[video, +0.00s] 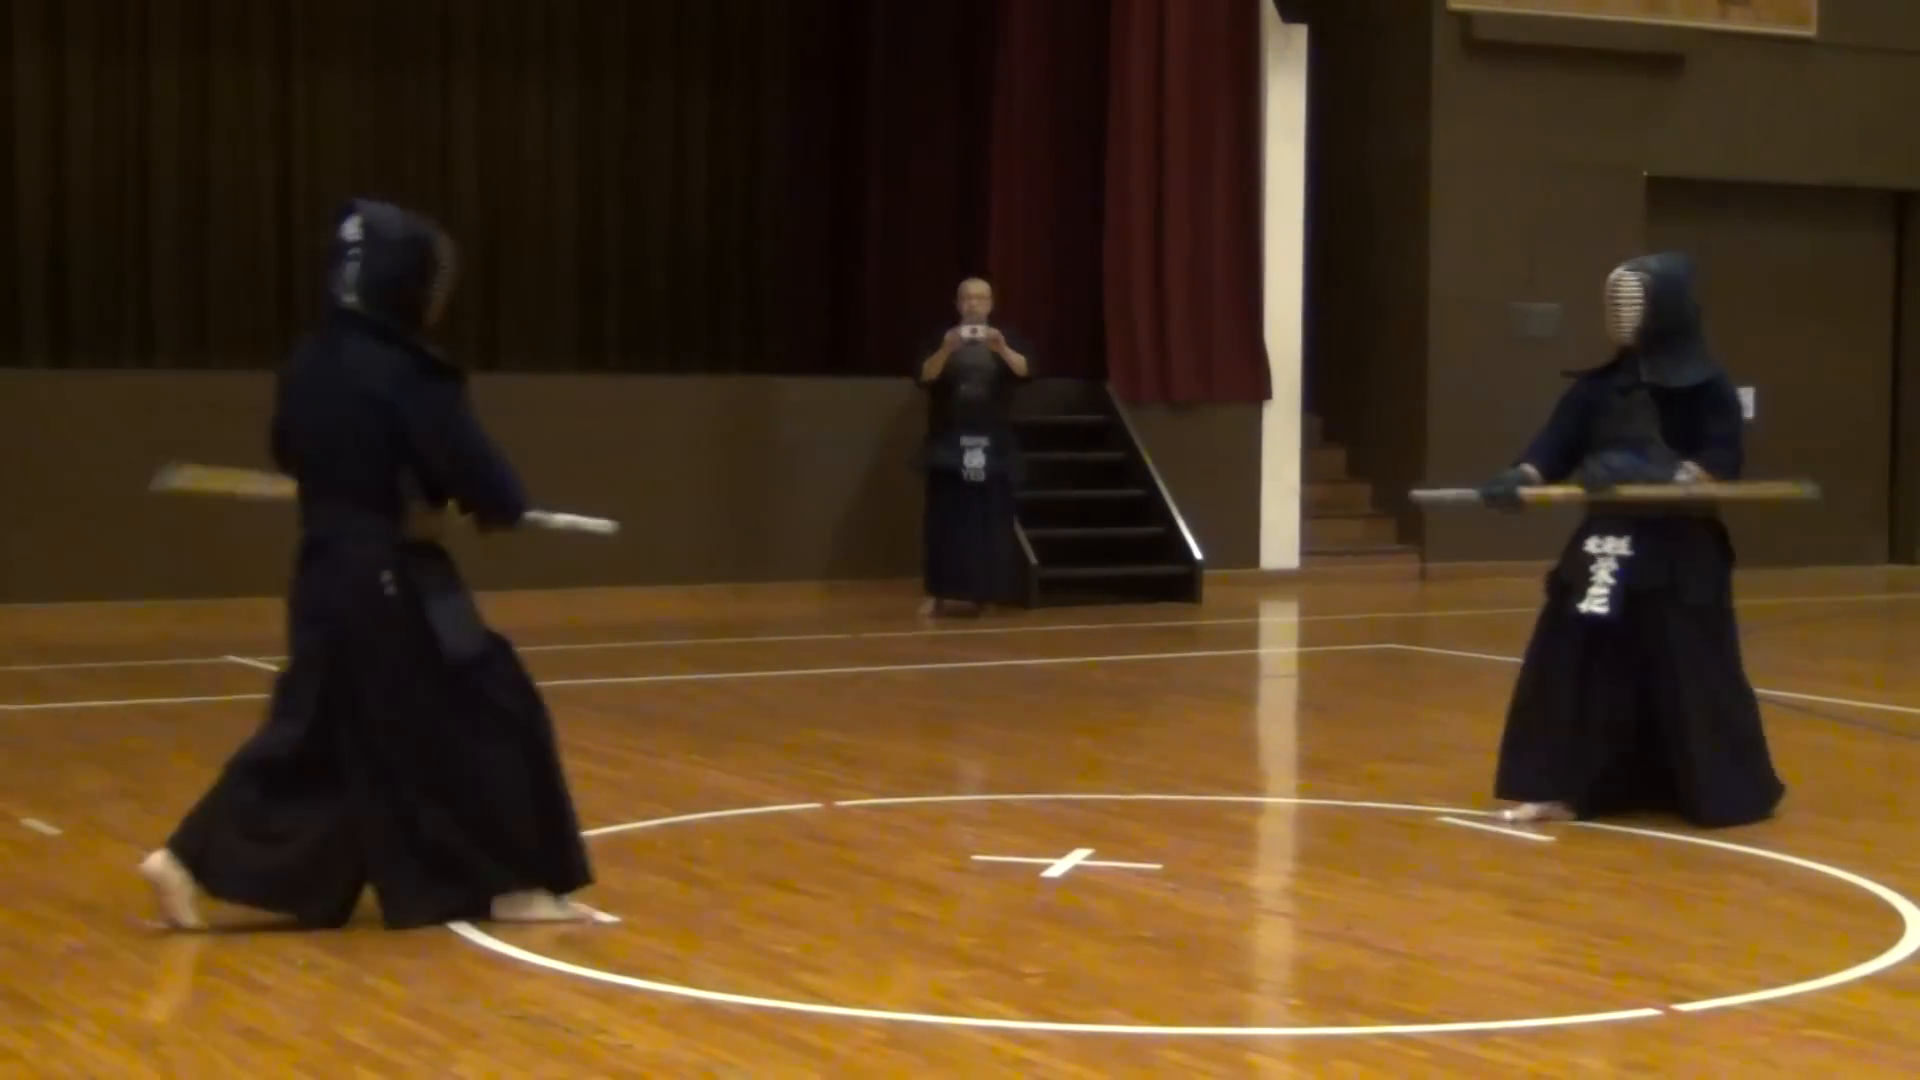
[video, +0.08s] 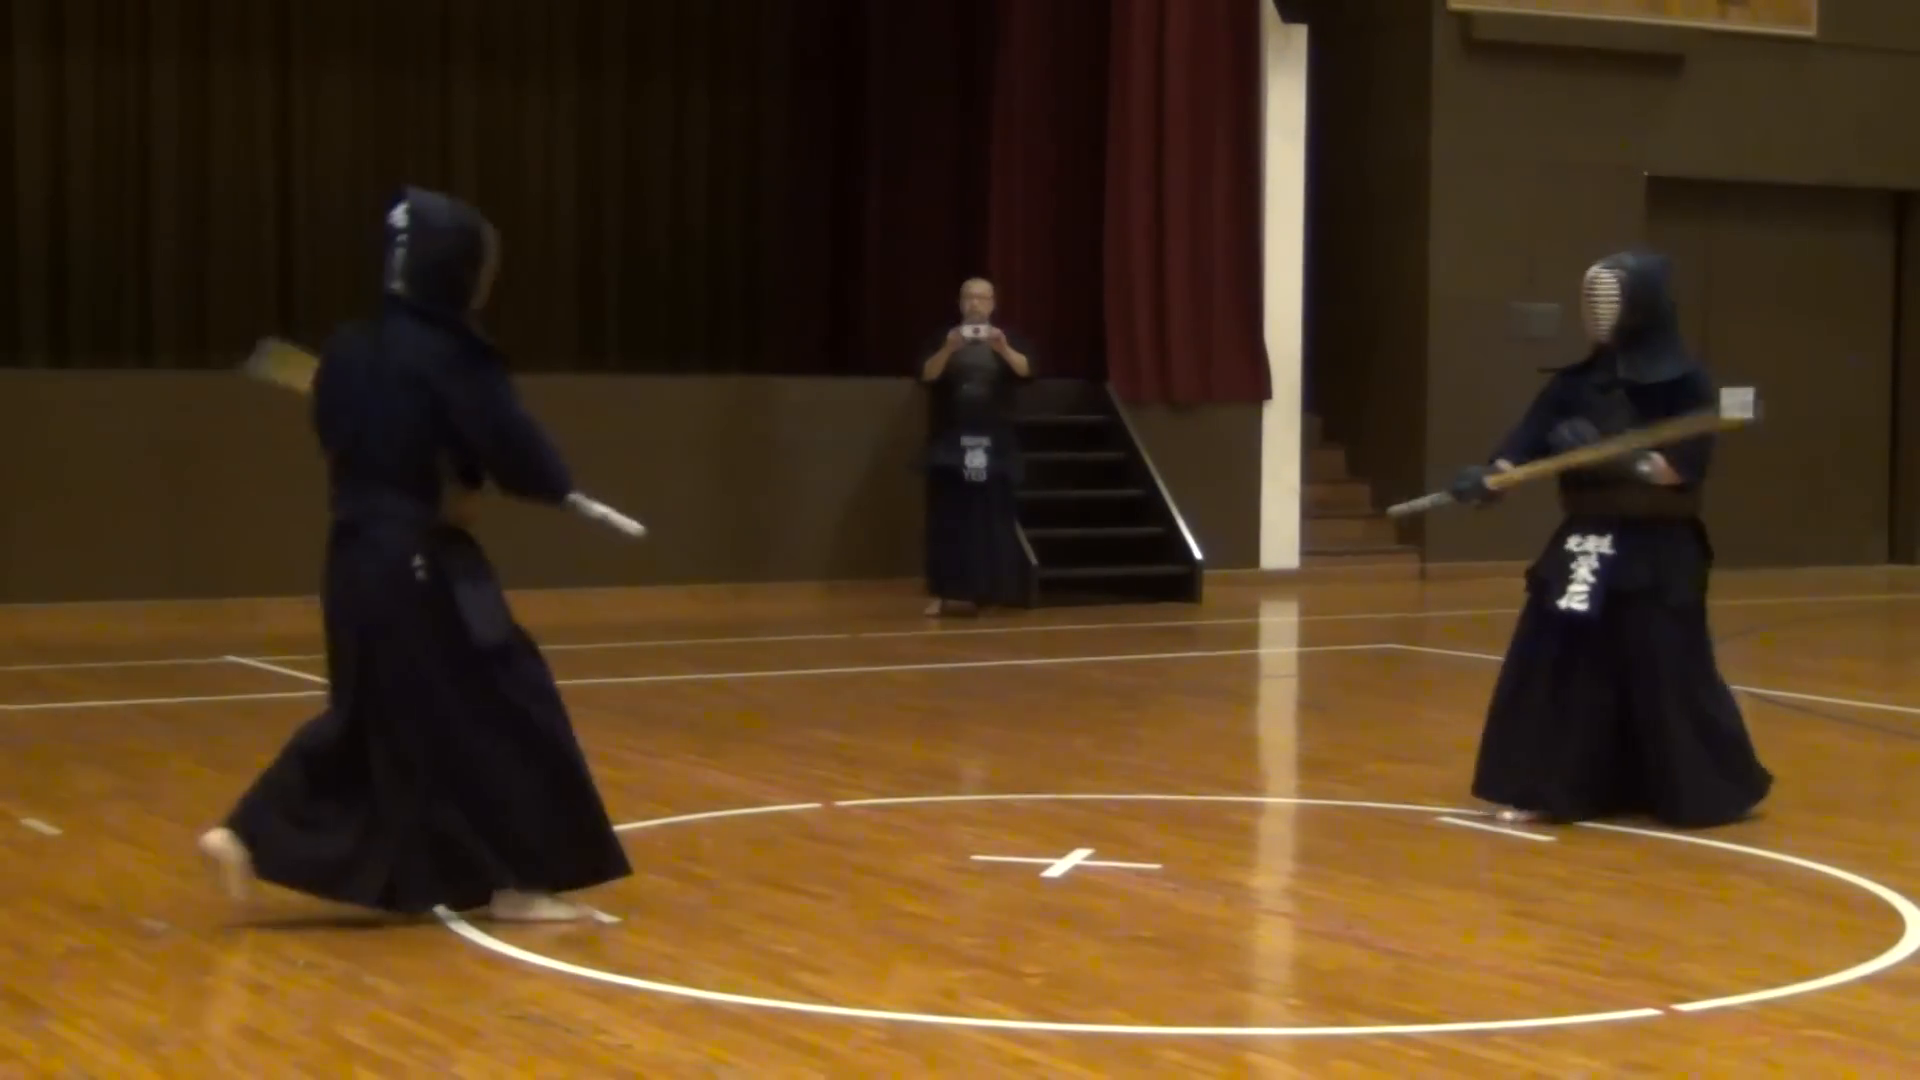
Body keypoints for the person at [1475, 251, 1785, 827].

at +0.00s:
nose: (1621, 315)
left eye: (1634, 304)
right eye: (1618, 303)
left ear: (1666, 309)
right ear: (1616, 308)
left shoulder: (1702, 384)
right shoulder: (1599, 385)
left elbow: (1723, 459)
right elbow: (1560, 443)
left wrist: (1660, 478)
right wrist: (1522, 474)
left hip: (1680, 538)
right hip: (1604, 535)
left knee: (1690, 656)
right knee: (1568, 650)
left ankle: (1728, 788)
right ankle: (1555, 789)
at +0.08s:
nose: (1596, 313)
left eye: (1608, 302)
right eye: (1592, 301)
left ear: (1643, 306)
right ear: (1589, 305)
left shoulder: (1681, 383)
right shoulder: (1577, 381)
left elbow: (1684, 467)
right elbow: (1527, 442)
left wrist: (1607, 450)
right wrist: (1490, 477)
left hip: (1659, 536)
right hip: (1585, 532)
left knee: (1662, 655)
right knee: (1553, 650)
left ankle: (1717, 784)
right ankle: (1541, 788)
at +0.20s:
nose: (1573, 308)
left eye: (1586, 296)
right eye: (1568, 296)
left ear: (1619, 299)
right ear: (1566, 301)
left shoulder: (1661, 376)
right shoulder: (1563, 370)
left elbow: (1642, 461)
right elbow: (1522, 435)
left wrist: (1560, 452)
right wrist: (1469, 470)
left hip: (1638, 536)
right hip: (1570, 533)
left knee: (1634, 659)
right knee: (1542, 651)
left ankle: (1655, 790)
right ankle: (1544, 786)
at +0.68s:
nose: (1546, 351)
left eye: (1559, 340)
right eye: (1543, 340)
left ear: (1593, 345)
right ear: (1541, 343)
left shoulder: (1635, 421)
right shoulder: (1532, 417)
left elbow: (1599, 499)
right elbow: (1493, 469)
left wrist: (1523, 537)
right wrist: (1456, 492)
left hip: (1617, 578)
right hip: (1546, 573)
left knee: (1597, 673)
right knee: (1497, 664)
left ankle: (1594, 807)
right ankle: (1496, 797)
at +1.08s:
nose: (1544, 420)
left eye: (1556, 409)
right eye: (1540, 408)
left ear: (1591, 415)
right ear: (1534, 412)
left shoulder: (1625, 494)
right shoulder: (1527, 488)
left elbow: (1584, 573)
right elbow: (1491, 543)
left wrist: (1511, 615)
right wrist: (1452, 571)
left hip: (1607, 642)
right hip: (1525, 635)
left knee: (1604, 721)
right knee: (1449, 706)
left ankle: (1604, 811)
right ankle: (1493, 805)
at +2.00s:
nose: (1563, 468)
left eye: (1576, 458)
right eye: (1561, 457)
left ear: (1611, 465)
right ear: (1555, 460)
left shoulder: (1649, 548)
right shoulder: (1544, 534)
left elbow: (1607, 639)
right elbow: (1513, 603)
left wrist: (1531, 681)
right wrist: (1478, 641)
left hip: (1613, 696)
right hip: (1538, 682)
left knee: (1629, 752)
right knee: (1447, 716)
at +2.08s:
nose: (1559, 471)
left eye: (1572, 459)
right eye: (1556, 459)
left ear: (1606, 467)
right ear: (1549, 462)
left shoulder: (1642, 548)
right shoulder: (1538, 537)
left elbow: (1602, 641)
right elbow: (1508, 604)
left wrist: (1528, 683)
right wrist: (1474, 642)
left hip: (1610, 699)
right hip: (1534, 685)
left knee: (1626, 750)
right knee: (1441, 717)